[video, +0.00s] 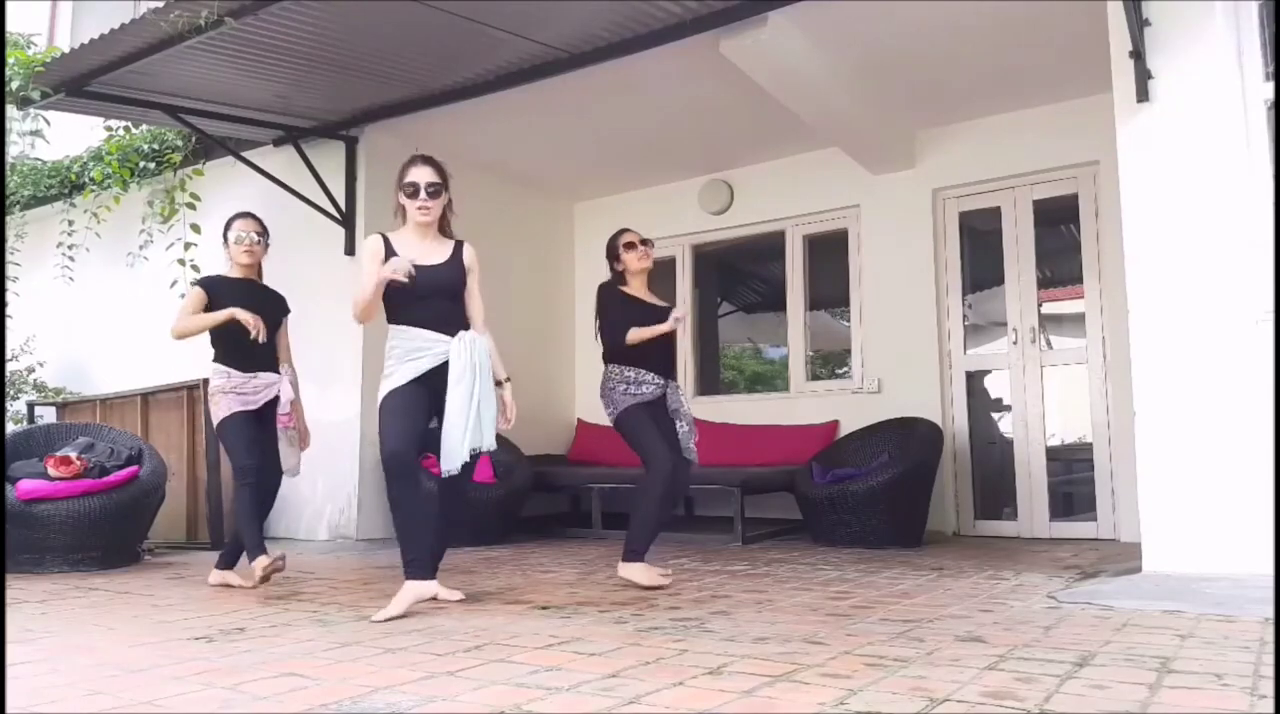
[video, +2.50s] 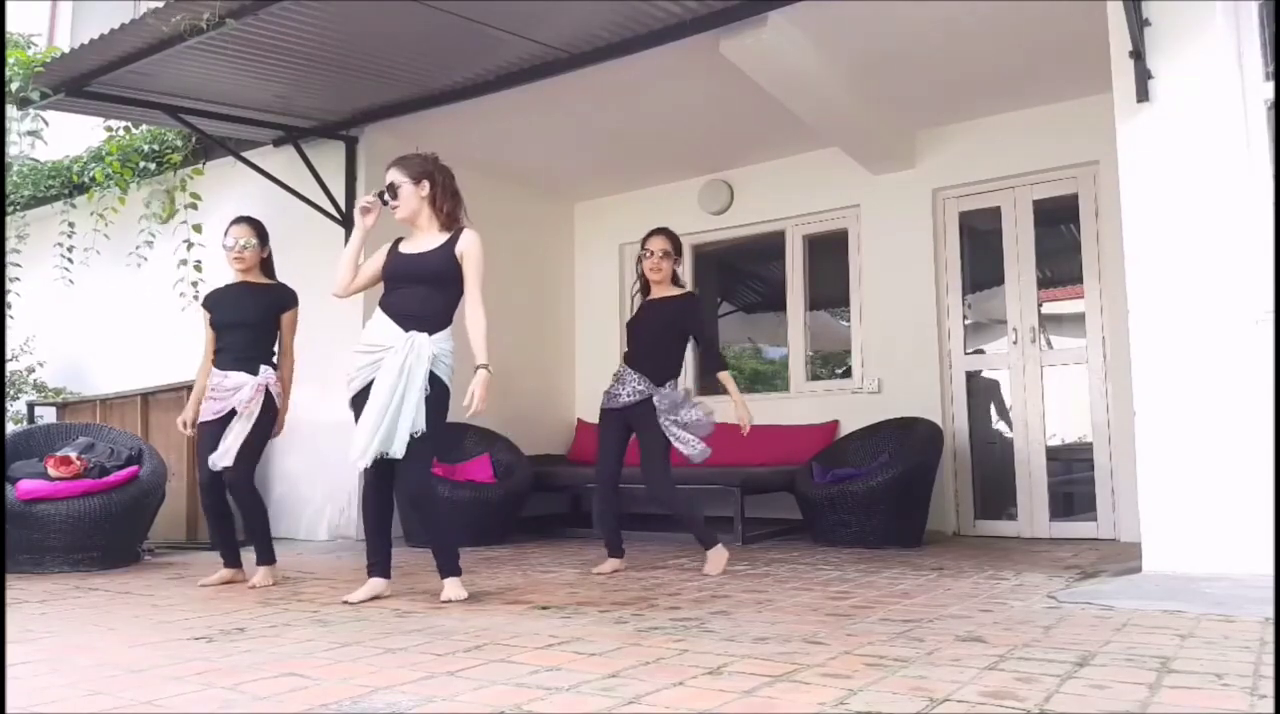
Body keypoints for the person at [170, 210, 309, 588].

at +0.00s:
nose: (249, 241)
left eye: (257, 236)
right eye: (240, 236)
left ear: (266, 246)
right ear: (227, 246)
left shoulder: (275, 300)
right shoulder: (210, 286)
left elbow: (286, 362)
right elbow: (179, 327)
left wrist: (298, 413)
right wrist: (230, 313)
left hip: (272, 390)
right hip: (230, 389)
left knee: (270, 478)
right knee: (247, 469)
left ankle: (224, 567)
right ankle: (258, 558)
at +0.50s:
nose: (247, 243)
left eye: (255, 237)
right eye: (238, 237)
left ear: (265, 243)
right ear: (225, 243)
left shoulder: (279, 293)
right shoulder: (212, 286)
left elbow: (287, 355)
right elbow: (168, 332)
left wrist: (303, 403)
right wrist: (199, 353)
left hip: (272, 386)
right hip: (228, 383)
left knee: (263, 474)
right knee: (248, 462)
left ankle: (229, 561)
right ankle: (217, 557)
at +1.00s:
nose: (249, 247)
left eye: (257, 239)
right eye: (240, 240)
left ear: (270, 246)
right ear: (230, 246)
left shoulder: (283, 299)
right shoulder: (212, 287)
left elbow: (290, 363)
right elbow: (208, 347)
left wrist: (309, 412)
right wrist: (180, 314)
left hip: (272, 392)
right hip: (227, 389)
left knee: (268, 479)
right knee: (230, 468)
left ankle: (240, 564)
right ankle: (214, 564)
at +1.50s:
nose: (246, 249)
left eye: (254, 241)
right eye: (238, 242)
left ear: (269, 246)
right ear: (230, 248)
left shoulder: (289, 295)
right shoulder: (217, 291)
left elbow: (301, 355)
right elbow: (175, 339)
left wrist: (314, 407)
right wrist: (178, 377)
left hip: (271, 389)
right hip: (224, 386)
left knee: (269, 477)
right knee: (209, 466)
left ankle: (238, 566)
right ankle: (196, 562)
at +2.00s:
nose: (239, 249)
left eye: (248, 241)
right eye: (233, 243)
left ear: (267, 246)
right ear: (228, 248)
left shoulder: (285, 295)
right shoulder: (219, 292)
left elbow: (295, 352)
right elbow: (188, 340)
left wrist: (303, 400)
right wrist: (191, 347)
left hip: (275, 391)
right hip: (234, 391)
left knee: (265, 477)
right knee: (200, 464)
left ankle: (266, 564)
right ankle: (222, 553)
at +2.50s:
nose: (237, 251)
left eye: (246, 244)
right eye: (231, 245)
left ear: (263, 250)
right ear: (224, 251)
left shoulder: (281, 295)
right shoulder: (215, 299)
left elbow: (286, 356)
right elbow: (209, 358)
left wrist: (283, 406)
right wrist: (192, 404)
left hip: (260, 393)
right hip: (217, 393)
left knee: (239, 476)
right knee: (208, 479)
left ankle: (265, 564)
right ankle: (231, 565)